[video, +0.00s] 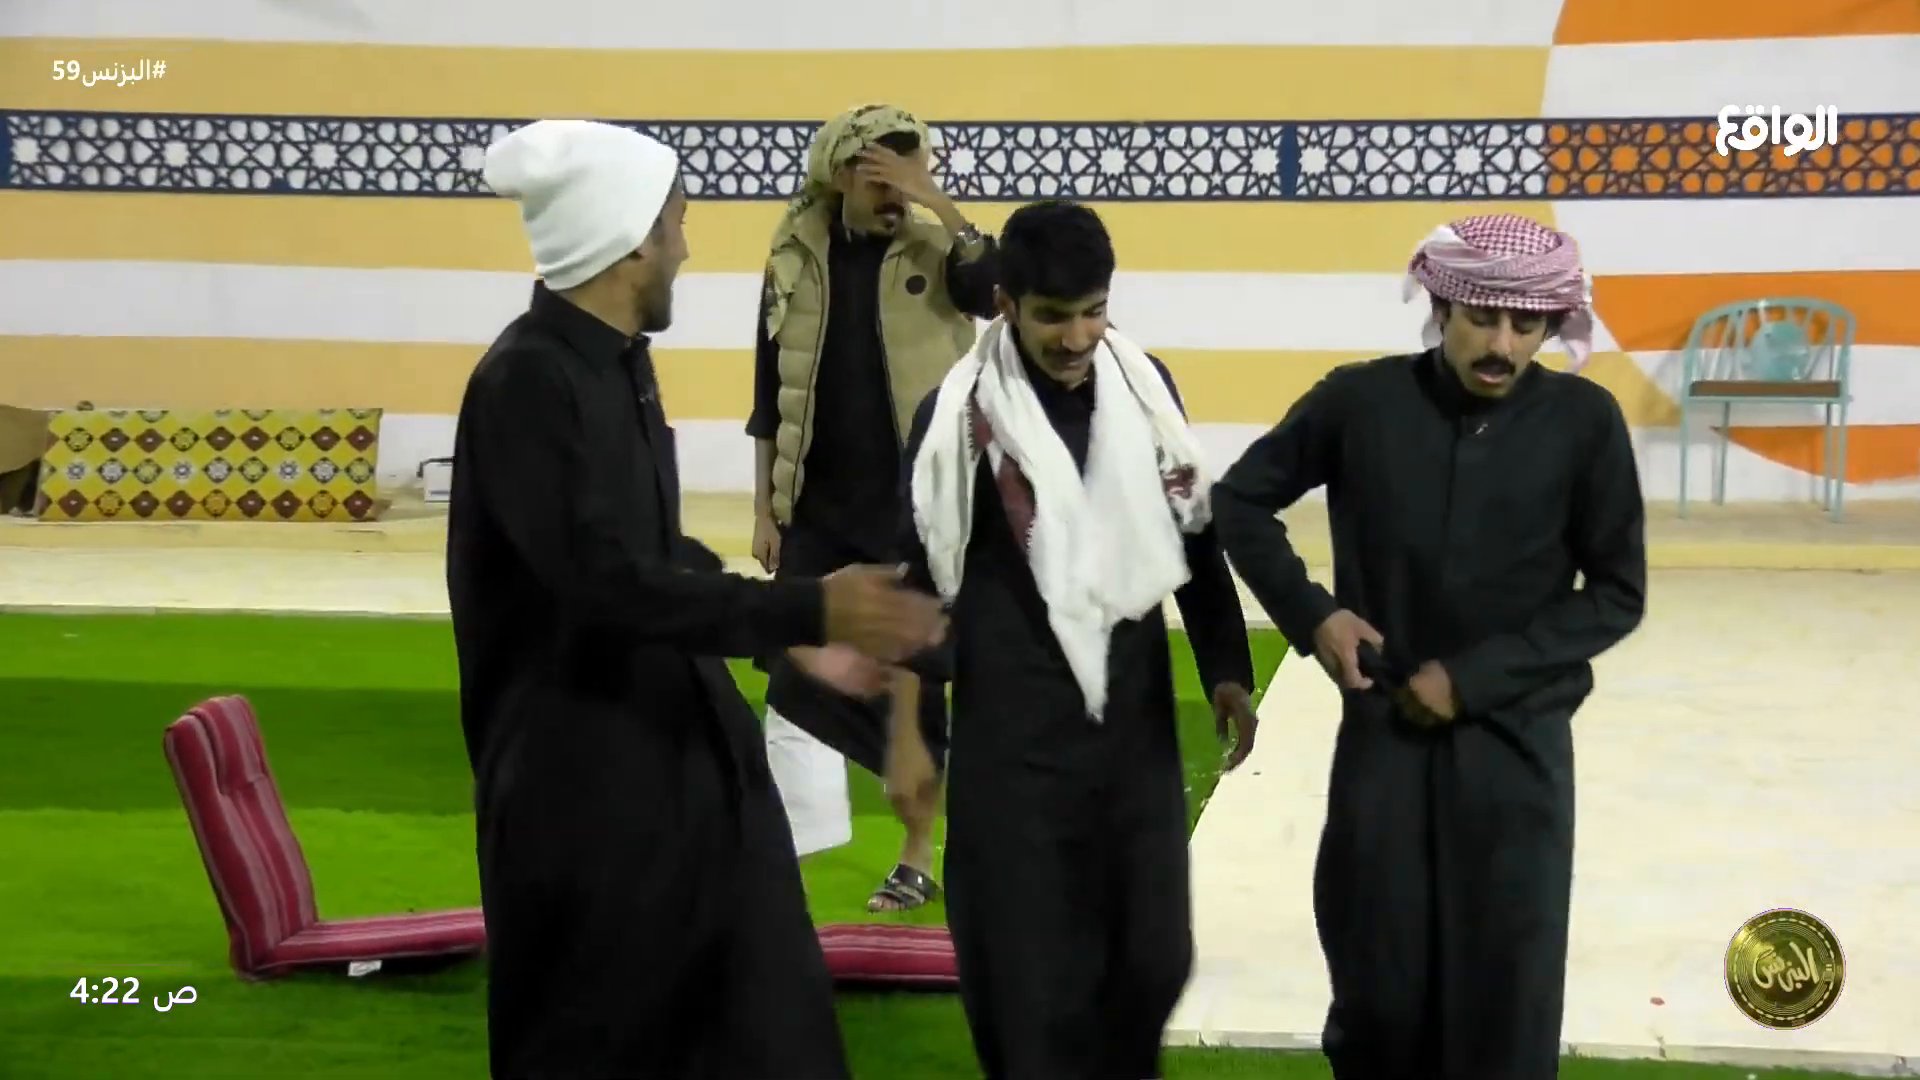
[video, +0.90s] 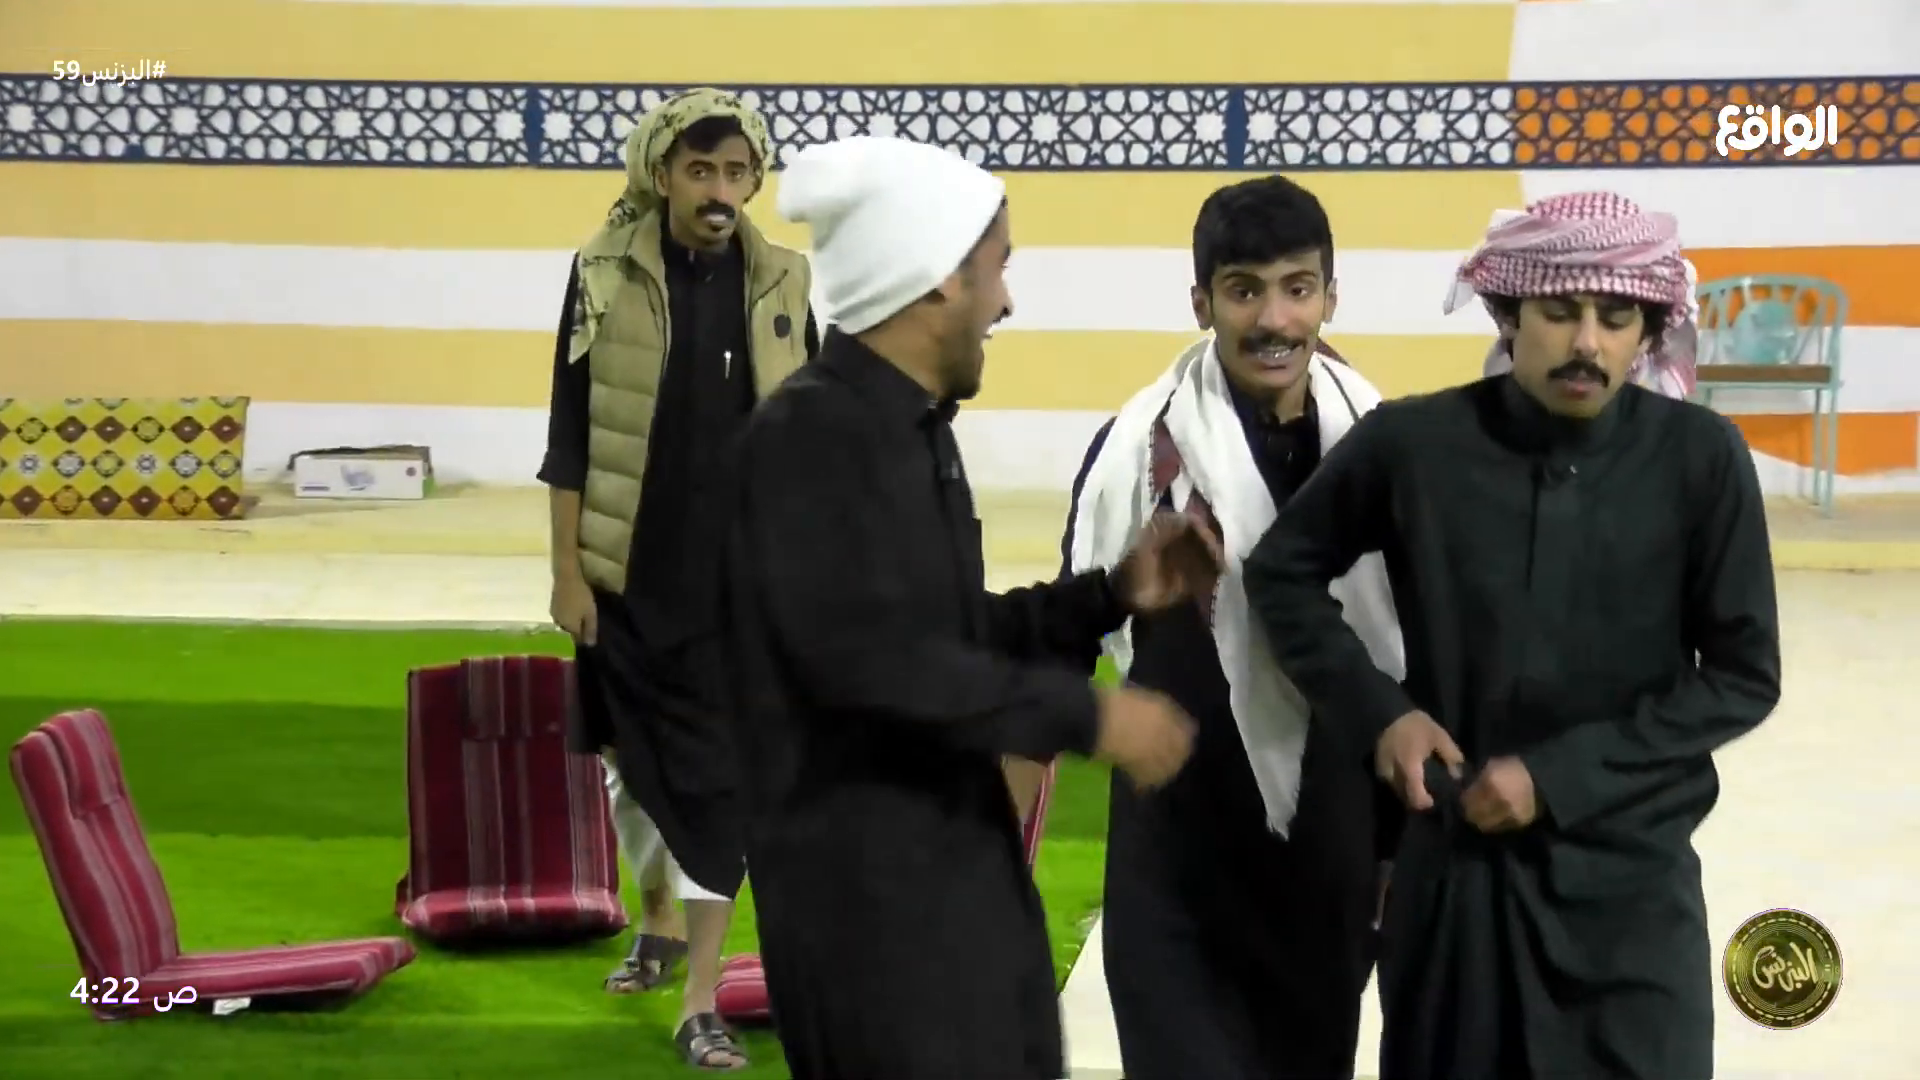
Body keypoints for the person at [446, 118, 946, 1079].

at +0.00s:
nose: (685, 249)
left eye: (681, 222)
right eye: (676, 221)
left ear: (607, 241)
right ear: (632, 236)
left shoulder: (613, 369)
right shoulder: (532, 379)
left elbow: (660, 566)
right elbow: (602, 587)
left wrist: (802, 653)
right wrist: (808, 610)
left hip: (669, 785)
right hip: (582, 807)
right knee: (596, 1044)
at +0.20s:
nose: (782, 262)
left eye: (776, 235)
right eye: (763, 235)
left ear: (703, 257)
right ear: (706, 252)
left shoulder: (737, 393)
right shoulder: (585, 395)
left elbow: (752, 563)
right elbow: (657, 618)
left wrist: (873, 590)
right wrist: (853, 630)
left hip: (760, 836)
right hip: (623, 841)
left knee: (768, 1054)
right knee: (611, 1059)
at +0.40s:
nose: (848, 253)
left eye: (845, 222)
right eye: (824, 223)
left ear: (756, 242)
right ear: (745, 240)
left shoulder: (829, 370)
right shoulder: (619, 387)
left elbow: (880, 563)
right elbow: (622, 615)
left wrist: (970, 603)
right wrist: (838, 687)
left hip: (845, 821)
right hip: (692, 832)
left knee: (840, 1056)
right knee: (697, 1057)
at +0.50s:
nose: (859, 234)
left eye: (851, 204)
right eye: (830, 207)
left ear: (765, 238)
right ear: (751, 236)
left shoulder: (862, 362)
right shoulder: (636, 389)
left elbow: (911, 554)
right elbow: (619, 616)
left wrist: (991, 588)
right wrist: (821, 694)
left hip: (871, 825)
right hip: (714, 837)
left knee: (863, 1055)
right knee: (756, 1057)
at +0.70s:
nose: (943, 256)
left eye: (935, 224)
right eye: (914, 224)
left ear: (854, 249)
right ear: (832, 248)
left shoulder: (927, 387)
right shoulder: (705, 404)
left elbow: (974, 593)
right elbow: (655, 648)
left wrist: (1059, 616)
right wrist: (865, 738)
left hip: (925, 832)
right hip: (764, 844)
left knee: (926, 1057)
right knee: (872, 1056)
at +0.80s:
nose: (989, 290)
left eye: (984, 260)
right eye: (974, 260)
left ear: (913, 275)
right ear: (906, 276)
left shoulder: (932, 418)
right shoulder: (759, 426)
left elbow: (970, 634)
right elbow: (750, 675)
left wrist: (1107, 621)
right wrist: (986, 743)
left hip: (953, 881)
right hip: (828, 898)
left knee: (977, 1055)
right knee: (891, 1058)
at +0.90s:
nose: (1006, 300)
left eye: (1002, 268)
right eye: (997, 268)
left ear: (938, 279)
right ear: (939, 280)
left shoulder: (909, 429)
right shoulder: (817, 432)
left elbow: (950, 636)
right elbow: (864, 661)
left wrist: (1114, 595)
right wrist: (1085, 715)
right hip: (877, 918)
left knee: (1013, 1056)